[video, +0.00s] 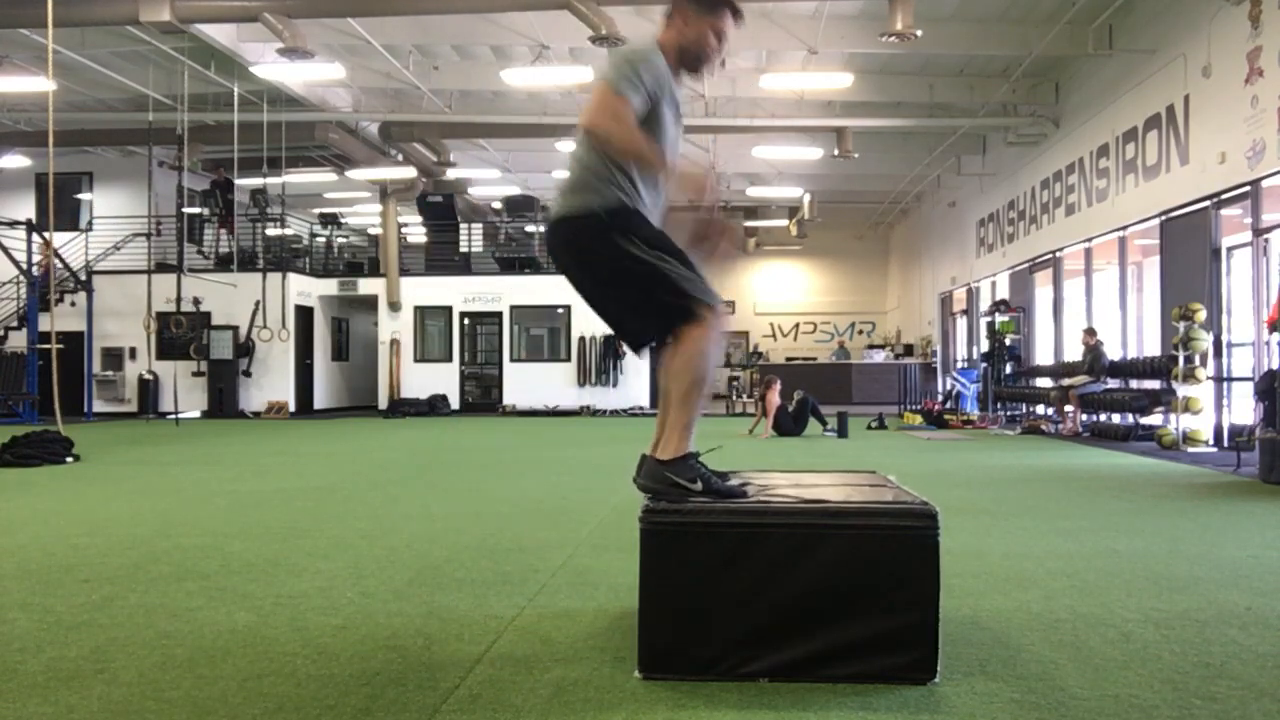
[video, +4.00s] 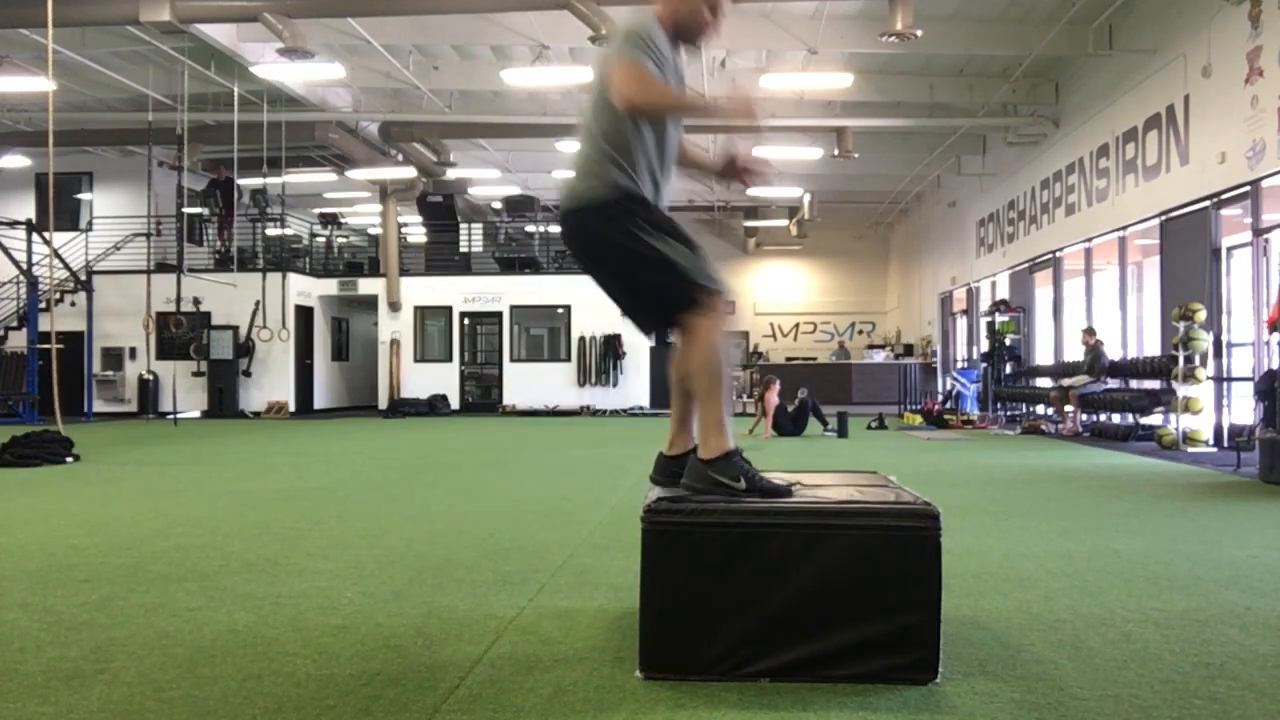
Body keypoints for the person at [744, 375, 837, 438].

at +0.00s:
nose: (780, 386)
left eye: (779, 384)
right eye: (778, 384)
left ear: (768, 385)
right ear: (773, 385)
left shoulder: (765, 396)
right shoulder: (773, 396)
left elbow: (759, 415)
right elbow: (770, 416)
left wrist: (751, 430)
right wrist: (766, 433)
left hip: (784, 430)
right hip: (792, 431)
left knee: (804, 399)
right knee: (807, 400)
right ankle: (826, 426)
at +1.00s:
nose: (780, 386)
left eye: (780, 384)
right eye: (778, 384)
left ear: (768, 385)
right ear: (773, 385)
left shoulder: (765, 396)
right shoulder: (773, 396)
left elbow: (760, 415)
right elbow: (770, 416)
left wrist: (751, 430)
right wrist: (766, 433)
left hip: (784, 430)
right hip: (792, 431)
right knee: (807, 399)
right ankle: (826, 426)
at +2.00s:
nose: (779, 387)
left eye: (779, 384)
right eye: (778, 384)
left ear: (767, 385)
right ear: (774, 385)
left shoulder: (764, 396)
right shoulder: (772, 395)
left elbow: (759, 416)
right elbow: (770, 416)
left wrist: (751, 430)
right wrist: (767, 433)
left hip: (785, 430)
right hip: (793, 431)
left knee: (805, 398)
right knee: (807, 399)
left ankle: (825, 425)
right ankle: (826, 426)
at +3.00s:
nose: (779, 387)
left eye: (779, 384)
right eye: (778, 385)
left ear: (767, 385)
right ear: (773, 385)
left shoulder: (764, 396)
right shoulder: (772, 396)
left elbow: (759, 415)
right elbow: (770, 415)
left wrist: (751, 429)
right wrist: (767, 433)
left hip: (784, 430)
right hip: (793, 431)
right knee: (807, 399)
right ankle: (826, 426)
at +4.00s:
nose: (779, 387)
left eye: (779, 384)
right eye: (777, 385)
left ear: (769, 386)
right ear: (772, 386)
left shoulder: (765, 396)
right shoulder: (771, 397)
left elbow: (759, 415)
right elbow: (769, 416)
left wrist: (751, 429)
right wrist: (767, 433)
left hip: (785, 430)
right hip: (793, 431)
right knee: (808, 401)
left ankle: (799, 402)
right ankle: (826, 426)